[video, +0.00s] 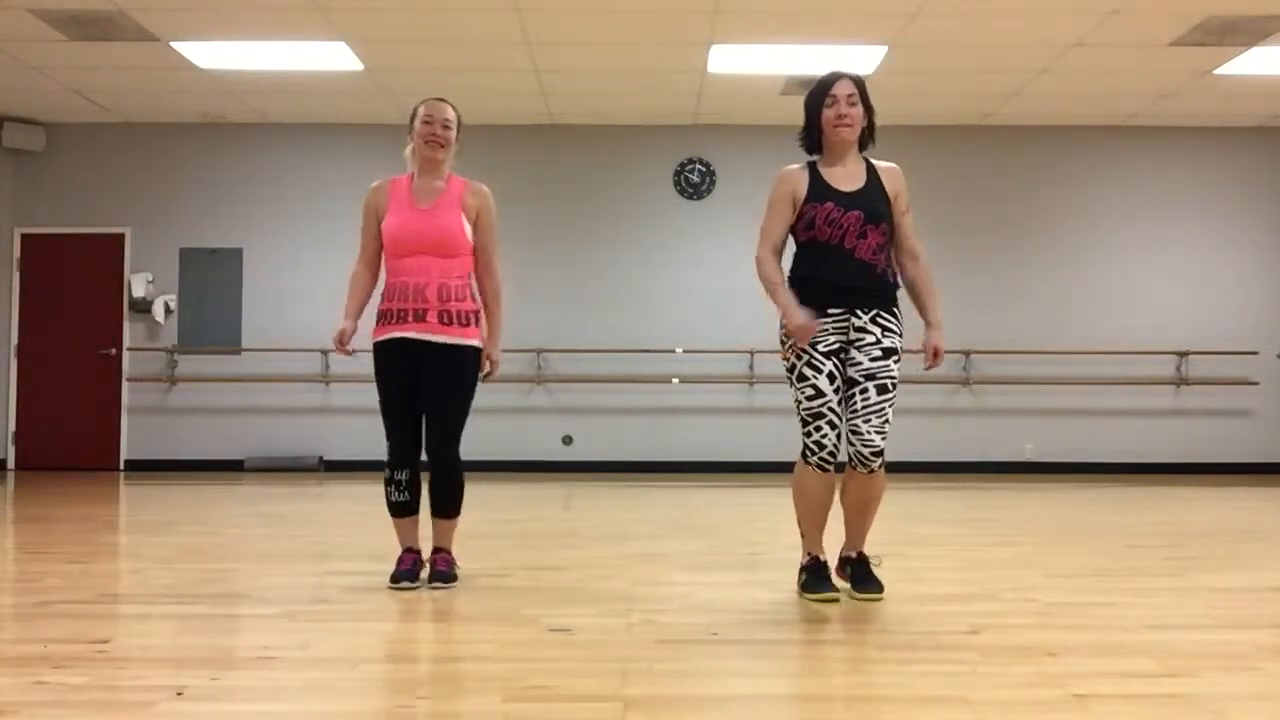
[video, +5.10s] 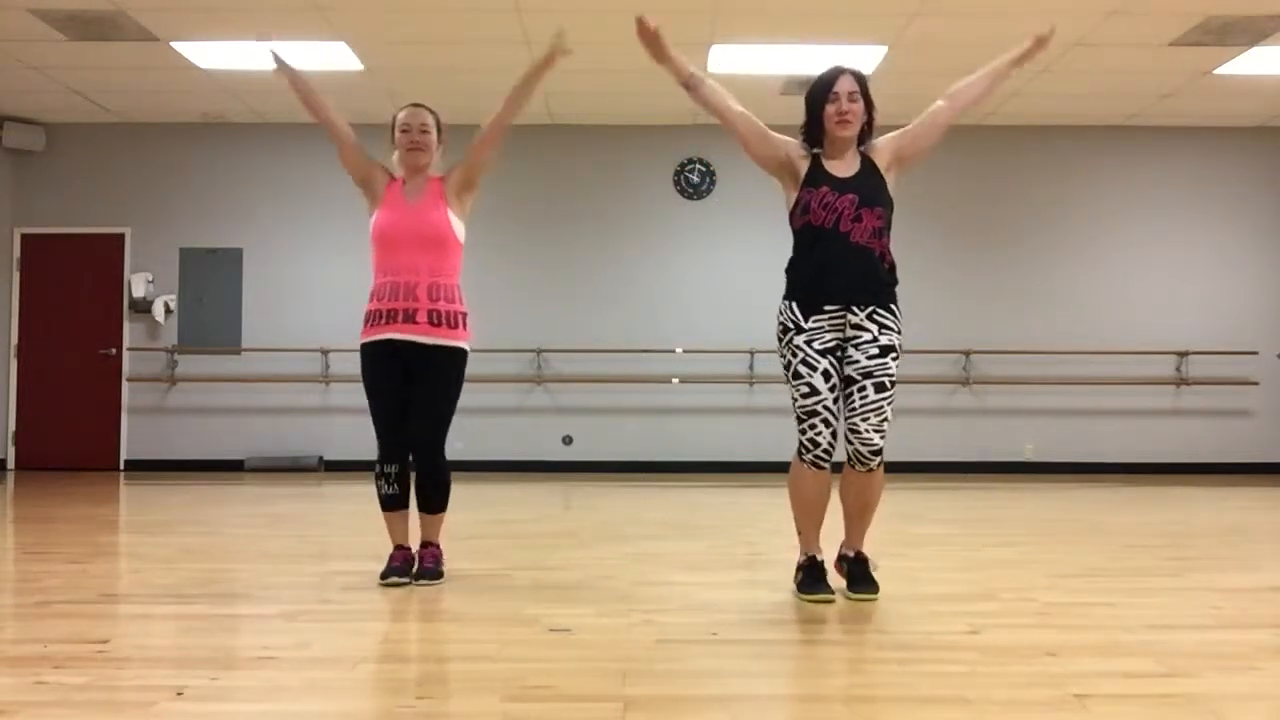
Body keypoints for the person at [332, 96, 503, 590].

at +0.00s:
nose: (436, 130)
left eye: (445, 124)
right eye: (428, 122)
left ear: (456, 140)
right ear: (410, 134)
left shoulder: (475, 198)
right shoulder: (382, 195)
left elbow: (488, 272)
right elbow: (367, 265)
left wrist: (494, 338)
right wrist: (350, 317)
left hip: (457, 339)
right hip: (396, 337)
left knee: (443, 448)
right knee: (402, 448)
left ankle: (443, 552)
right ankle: (409, 551)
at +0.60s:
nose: (422, 128)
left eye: (432, 123)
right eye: (413, 120)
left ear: (444, 138)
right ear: (397, 132)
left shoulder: (463, 194)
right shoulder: (373, 192)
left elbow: (505, 241)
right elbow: (326, 246)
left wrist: (515, 255)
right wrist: (276, 279)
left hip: (447, 336)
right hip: (388, 335)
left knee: (433, 441)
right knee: (390, 447)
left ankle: (438, 544)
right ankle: (392, 552)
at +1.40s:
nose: (423, 128)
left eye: (432, 122)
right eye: (414, 121)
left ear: (446, 136)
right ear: (400, 133)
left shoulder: (463, 188)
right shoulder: (374, 186)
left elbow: (519, 189)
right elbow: (300, 195)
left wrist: (528, 182)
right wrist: (238, 200)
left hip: (446, 337)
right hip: (387, 335)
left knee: (437, 445)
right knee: (390, 449)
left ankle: (436, 550)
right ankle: (396, 552)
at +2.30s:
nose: (413, 126)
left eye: (422, 121)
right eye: (404, 120)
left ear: (436, 136)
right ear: (390, 132)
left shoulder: (454, 184)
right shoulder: (367, 184)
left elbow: (527, 184)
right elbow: (299, 186)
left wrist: (594, 183)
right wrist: (312, 162)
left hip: (444, 335)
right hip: (386, 334)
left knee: (437, 445)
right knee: (391, 447)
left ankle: (430, 550)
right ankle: (397, 552)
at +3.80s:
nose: (416, 138)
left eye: (426, 132)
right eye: (408, 132)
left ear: (441, 144)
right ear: (395, 143)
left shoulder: (462, 191)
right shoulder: (376, 191)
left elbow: (533, 186)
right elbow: (303, 183)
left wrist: (541, 136)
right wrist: (345, 145)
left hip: (453, 339)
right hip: (393, 338)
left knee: (447, 448)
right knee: (397, 447)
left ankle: (433, 548)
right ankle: (397, 543)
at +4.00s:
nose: (416, 133)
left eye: (426, 128)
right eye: (407, 126)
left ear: (440, 141)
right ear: (395, 139)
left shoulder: (458, 187)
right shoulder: (375, 188)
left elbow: (512, 142)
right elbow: (311, 155)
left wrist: (462, 107)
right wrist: (366, 118)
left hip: (449, 337)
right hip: (390, 336)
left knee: (440, 444)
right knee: (395, 447)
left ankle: (433, 549)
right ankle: (402, 550)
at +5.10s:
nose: (413, 134)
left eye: (423, 128)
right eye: (405, 129)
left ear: (439, 141)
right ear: (393, 141)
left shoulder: (457, 187)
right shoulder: (378, 186)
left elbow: (499, 125)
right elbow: (333, 124)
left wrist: (540, 68)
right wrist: (289, 71)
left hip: (442, 338)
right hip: (384, 334)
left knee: (428, 446)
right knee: (391, 446)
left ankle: (430, 547)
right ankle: (400, 550)